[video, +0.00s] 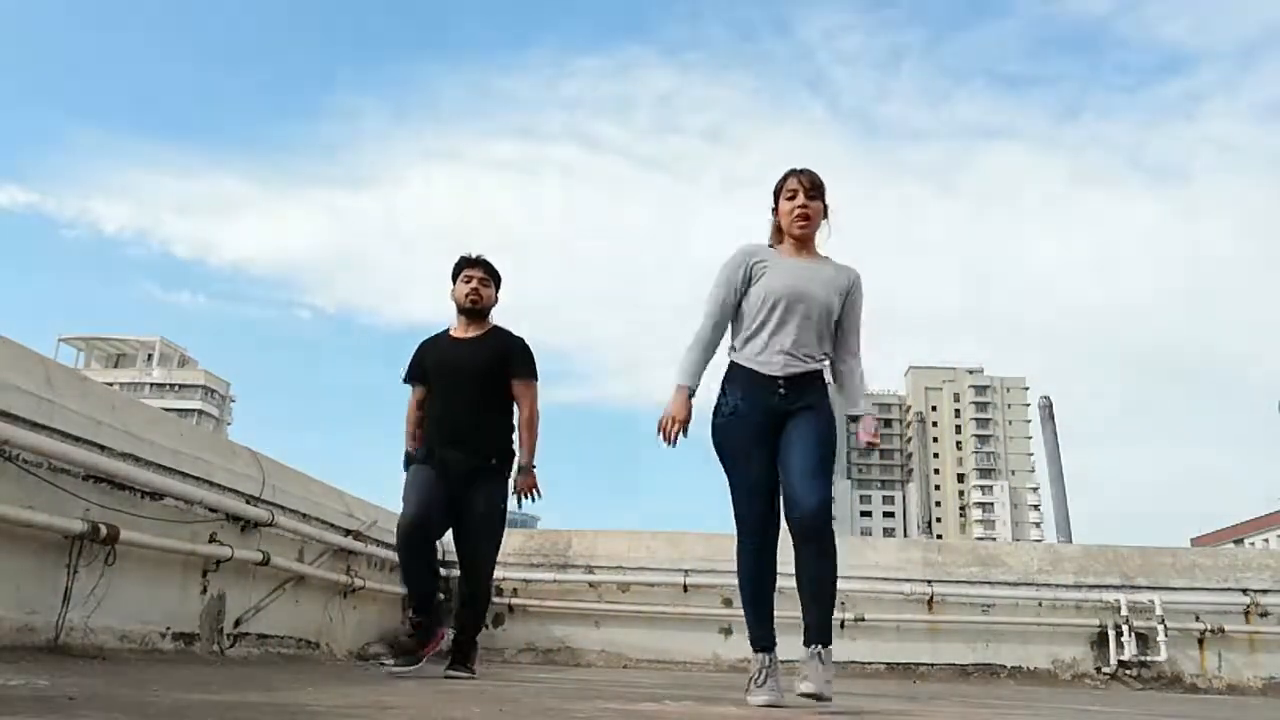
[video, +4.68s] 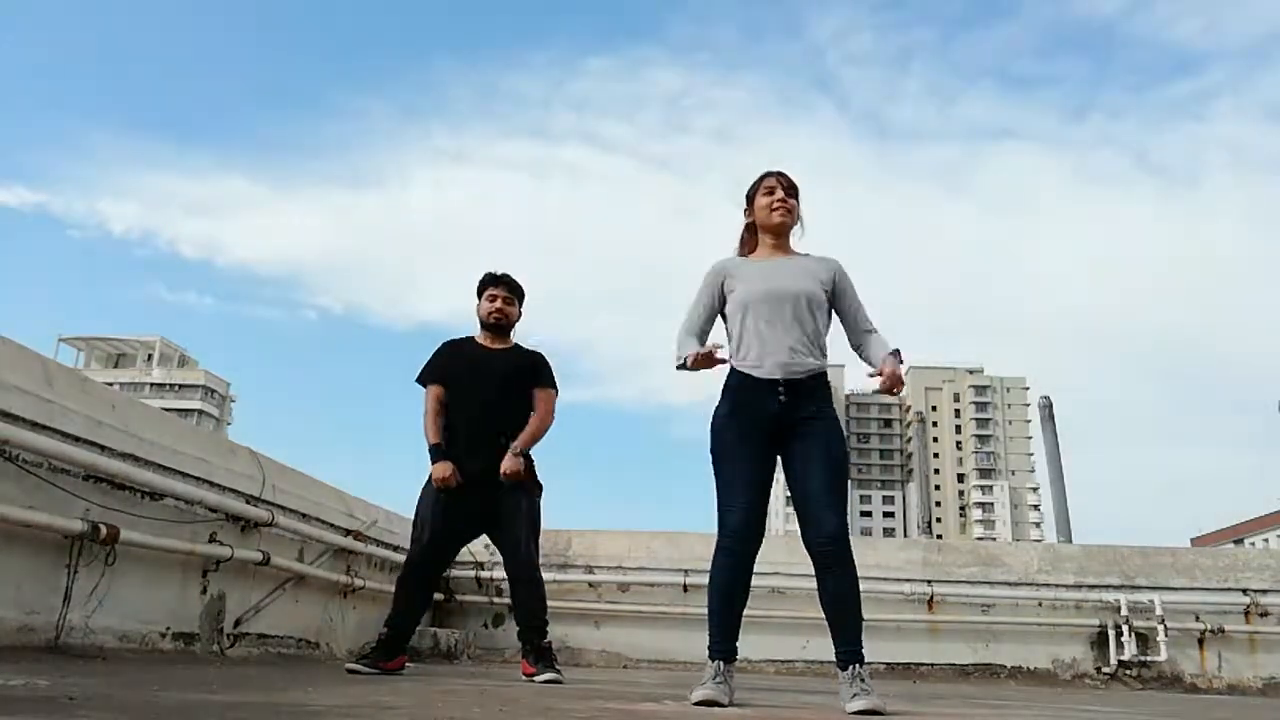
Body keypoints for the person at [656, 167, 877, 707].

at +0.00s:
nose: (802, 203)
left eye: (811, 196)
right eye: (791, 196)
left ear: (824, 210)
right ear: (775, 210)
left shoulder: (844, 278)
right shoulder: (748, 260)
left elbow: (846, 356)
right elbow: (710, 326)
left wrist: (862, 412)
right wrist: (683, 392)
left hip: (810, 402)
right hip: (745, 399)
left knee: (811, 512)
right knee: (756, 529)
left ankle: (818, 653)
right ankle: (763, 661)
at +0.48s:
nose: (796, 176)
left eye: (807, 168)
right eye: (785, 168)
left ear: (824, 183)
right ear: (772, 183)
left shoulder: (854, 239)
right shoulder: (751, 252)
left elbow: (869, 314)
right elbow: (745, 330)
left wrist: (864, 372)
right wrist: (733, 391)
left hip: (836, 385)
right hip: (769, 388)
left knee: (828, 519)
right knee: (728, 517)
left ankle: (827, 670)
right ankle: (748, 636)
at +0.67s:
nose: (783, 176)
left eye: (794, 168)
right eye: (773, 168)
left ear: (810, 183)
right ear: (758, 183)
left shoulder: (841, 235)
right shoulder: (737, 250)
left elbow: (851, 304)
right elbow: (737, 323)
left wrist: (798, 331)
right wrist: (791, 357)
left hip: (839, 389)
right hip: (770, 390)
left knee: (834, 521)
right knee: (750, 522)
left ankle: (835, 668)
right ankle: (723, 657)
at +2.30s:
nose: (786, 210)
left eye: (795, 205)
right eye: (775, 204)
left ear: (806, 223)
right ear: (757, 221)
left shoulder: (828, 269)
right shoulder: (735, 274)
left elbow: (883, 309)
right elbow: (690, 313)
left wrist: (845, 258)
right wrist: (753, 280)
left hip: (819, 412)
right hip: (751, 413)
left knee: (843, 538)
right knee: (738, 531)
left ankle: (858, 673)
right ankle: (717, 665)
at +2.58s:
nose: (785, 215)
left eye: (794, 210)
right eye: (774, 208)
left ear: (804, 230)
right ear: (755, 224)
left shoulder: (827, 282)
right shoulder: (728, 279)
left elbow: (843, 352)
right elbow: (681, 328)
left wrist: (889, 302)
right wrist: (710, 329)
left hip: (813, 418)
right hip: (745, 418)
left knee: (851, 534)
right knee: (731, 532)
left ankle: (859, 672)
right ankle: (717, 667)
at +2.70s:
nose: (785, 212)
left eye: (794, 207)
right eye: (775, 205)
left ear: (805, 224)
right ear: (756, 220)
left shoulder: (828, 280)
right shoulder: (730, 280)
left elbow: (853, 352)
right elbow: (715, 352)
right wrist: (688, 397)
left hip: (809, 413)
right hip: (740, 413)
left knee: (843, 534)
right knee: (729, 535)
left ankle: (858, 672)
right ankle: (717, 668)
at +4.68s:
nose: (781, 198)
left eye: (789, 193)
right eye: (769, 192)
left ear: (799, 212)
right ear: (749, 212)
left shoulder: (827, 270)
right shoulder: (725, 271)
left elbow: (864, 334)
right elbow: (688, 335)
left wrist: (889, 361)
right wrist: (692, 355)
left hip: (811, 408)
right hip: (744, 408)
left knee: (828, 535)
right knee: (738, 534)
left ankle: (854, 672)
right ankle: (719, 668)